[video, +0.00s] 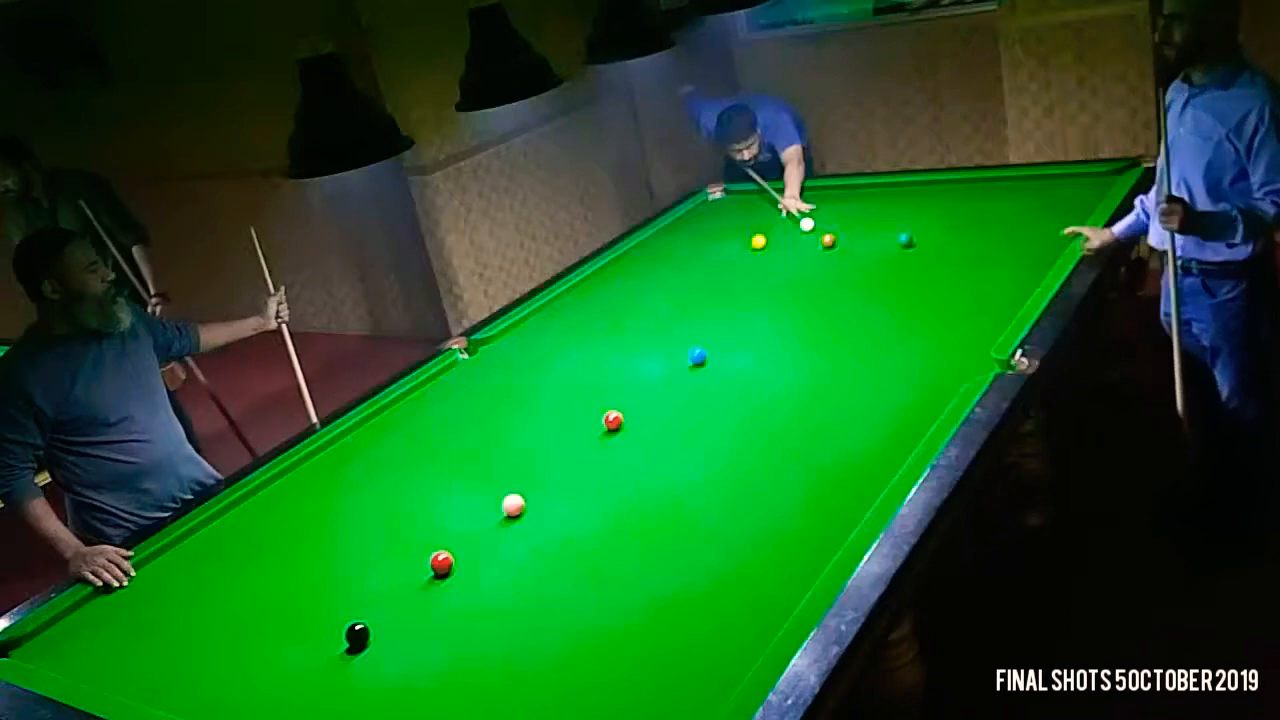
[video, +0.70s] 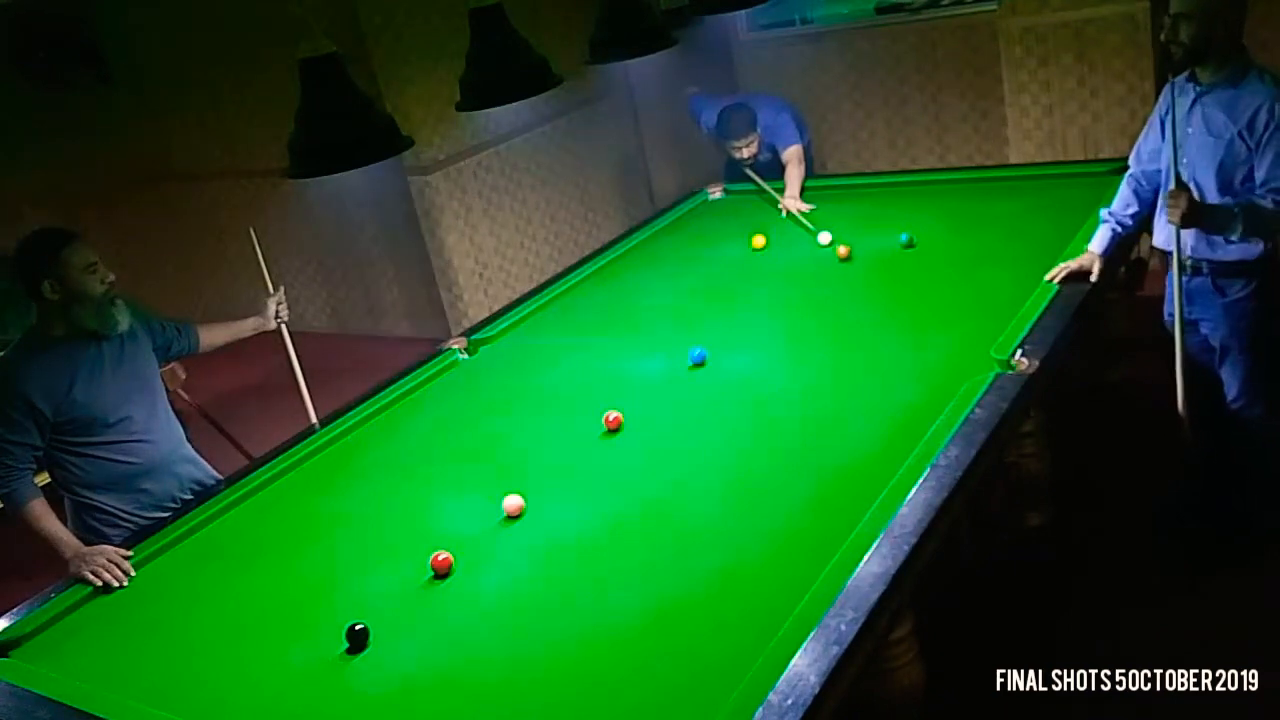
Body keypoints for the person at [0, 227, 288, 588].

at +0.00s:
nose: (108, 275)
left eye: (102, 264)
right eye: (91, 268)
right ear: (52, 289)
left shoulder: (133, 325)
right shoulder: (23, 372)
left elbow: (188, 337)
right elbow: (14, 477)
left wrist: (262, 321)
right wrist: (75, 552)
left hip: (206, 504)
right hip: (129, 544)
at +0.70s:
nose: (110, 277)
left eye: (102, 265)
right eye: (91, 270)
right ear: (51, 290)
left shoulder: (131, 327)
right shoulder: (25, 373)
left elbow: (188, 338)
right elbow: (13, 477)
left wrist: (260, 321)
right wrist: (75, 552)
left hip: (206, 504)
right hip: (130, 545)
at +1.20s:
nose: (107, 280)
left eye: (101, 268)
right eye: (88, 274)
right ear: (47, 291)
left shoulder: (131, 324)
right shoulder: (25, 373)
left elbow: (188, 337)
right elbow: (14, 478)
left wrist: (260, 321)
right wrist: (75, 552)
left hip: (204, 503)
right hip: (128, 543)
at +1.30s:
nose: (106, 283)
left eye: (101, 271)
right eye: (87, 276)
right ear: (45, 292)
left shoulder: (132, 326)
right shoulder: (25, 374)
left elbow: (188, 337)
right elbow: (14, 478)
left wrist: (260, 321)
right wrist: (75, 552)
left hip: (205, 504)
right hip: (129, 544)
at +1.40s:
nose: (105, 284)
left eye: (101, 272)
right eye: (87, 277)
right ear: (45, 292)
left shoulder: (133, 326)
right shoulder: (24, 373)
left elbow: (189, 337)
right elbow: (14, 478)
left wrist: (261, 321)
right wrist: (75, 552)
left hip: (205, 504)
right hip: (128, 544)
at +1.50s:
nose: (104, 285)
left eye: (100, 272)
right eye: (86, 278)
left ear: (104, 269)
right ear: (44, 293)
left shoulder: (132, 325)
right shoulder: (24, 372)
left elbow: (189, 337)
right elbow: (14, 477)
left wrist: (262, 321)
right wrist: (75, 552)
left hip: (205, 504)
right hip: (128, 544)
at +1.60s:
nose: (104, 287)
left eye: (101, 275)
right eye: (86, 280)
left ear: (104, 271)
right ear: (45, 293)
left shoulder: (130, 323)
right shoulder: (24, 373)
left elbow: (187, 337)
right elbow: (14, 477)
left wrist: (261, 321)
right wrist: (75, 552)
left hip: (205, 503)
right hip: (129, 543)